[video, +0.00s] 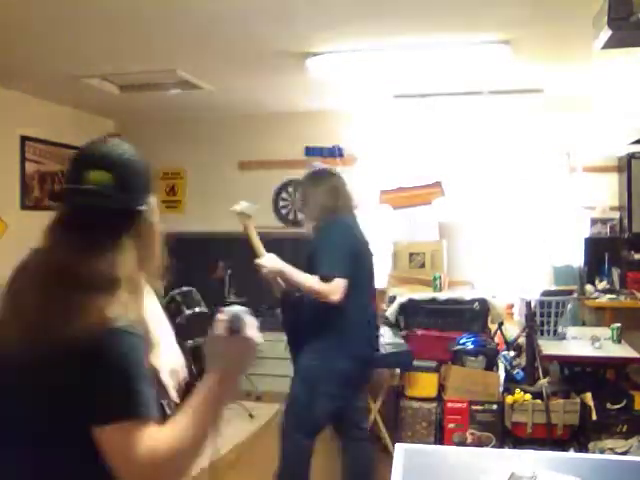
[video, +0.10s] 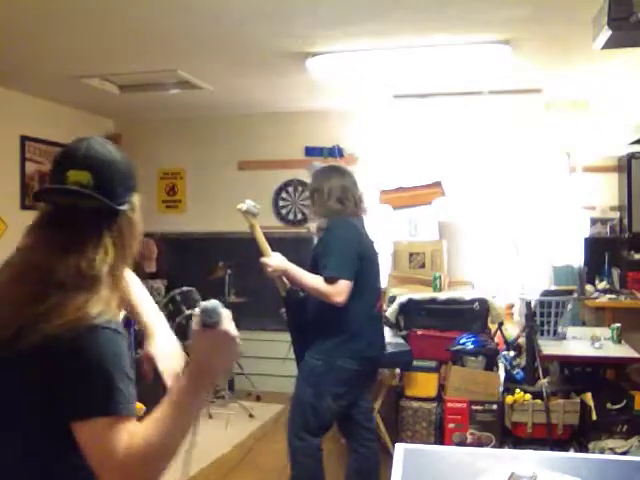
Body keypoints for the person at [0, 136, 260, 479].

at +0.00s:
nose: (160, 223)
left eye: (155, 208)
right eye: (154, 209)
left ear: (70, 207)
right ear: (137, 219)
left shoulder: (27, 283)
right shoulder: (108, 334)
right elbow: (145, 465)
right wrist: (222, 374)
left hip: (22, 466)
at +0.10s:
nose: (140, 224)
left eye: (136, 210)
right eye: (136, 210)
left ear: (51, 207)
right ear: (122, 221)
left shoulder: (15, 283)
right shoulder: (88, 334)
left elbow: (113, 266)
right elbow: (125, 464)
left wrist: (157, 332)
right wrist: (202, 374)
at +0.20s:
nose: (132, 225)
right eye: (126, 210)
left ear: (40, 207)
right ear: (114, 223)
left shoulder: (12, 284)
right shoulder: (84, 338)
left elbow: (102, 272)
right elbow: (121, 465)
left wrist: (165, 320)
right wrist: (197, 371)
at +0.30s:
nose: (126, 223)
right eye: (120, 209)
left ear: (32, 208)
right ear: (109, 221)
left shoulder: (10, 282)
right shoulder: (82, 339)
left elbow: (92, 271)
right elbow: (123, 464)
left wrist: (169, 307)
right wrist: (204, 372)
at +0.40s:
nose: (126, 224)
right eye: (120, 209)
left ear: (28, 210)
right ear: (107, 222)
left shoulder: (9, 284)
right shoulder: (85, 338)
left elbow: (89, 261)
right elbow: (124, 465)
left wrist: (172, 281)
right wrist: (212, 378)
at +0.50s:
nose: (124, 216)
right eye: (118, 204)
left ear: (28, 209)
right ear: (107, 220)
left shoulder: (9, 283)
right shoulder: (89, 338)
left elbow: (96, 250)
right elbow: (126, 465)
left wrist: (186, 263)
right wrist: (221, 387)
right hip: (65, 471)